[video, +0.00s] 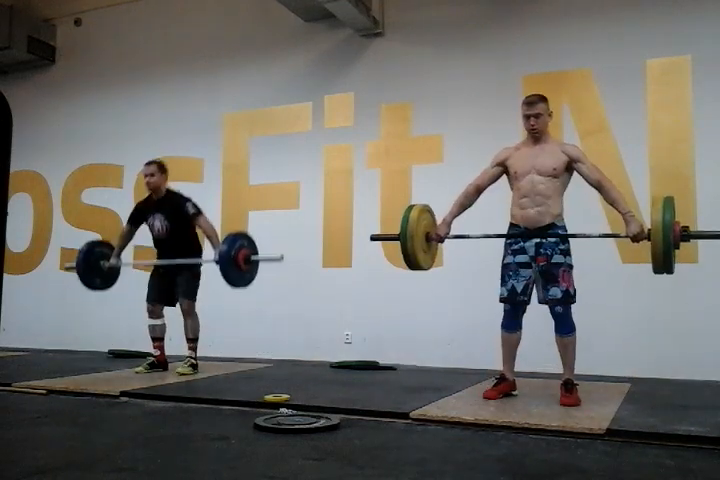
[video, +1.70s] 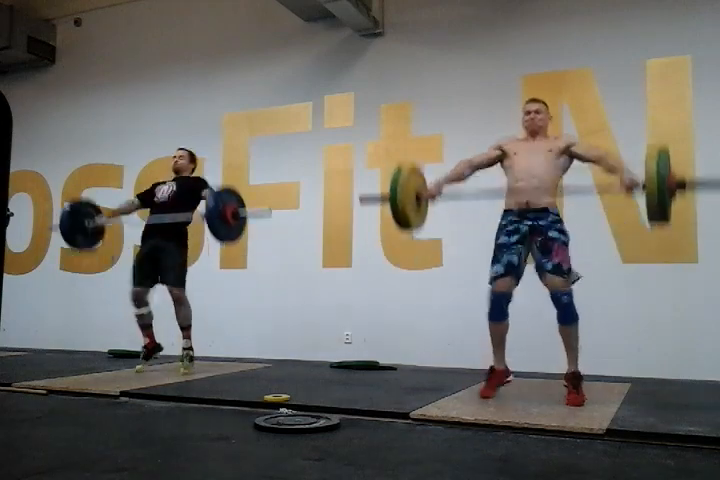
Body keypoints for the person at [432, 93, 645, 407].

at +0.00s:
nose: (532, 121)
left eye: (537, 116)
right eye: (527, 117)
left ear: (549, 117)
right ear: (521, 119)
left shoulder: (567, 152)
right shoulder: (508, 155)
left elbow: (602, 184)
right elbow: (475, 188)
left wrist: (629, 217)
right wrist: (446, 219)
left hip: (553, 238)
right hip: (517, 239)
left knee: (561, 310)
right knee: (512, 309)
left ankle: (569, 381)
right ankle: (507, 378)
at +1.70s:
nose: (531, 116)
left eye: (537, 112)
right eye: (527, 113)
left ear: (548, 119)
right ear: (521, 120)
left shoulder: (561, 145)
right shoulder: (508, 147)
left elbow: (599, 157)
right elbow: (470, 165)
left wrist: (623, 173)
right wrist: (440, 183)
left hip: (547, 221)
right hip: (512, 221)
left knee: (562, 295)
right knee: (499, 294)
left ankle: (573, 375)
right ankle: (499, 368)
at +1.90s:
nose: (531, 151)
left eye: (537, 146)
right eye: (527, 146)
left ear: (548, 151)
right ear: (521, 150)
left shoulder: (564, 180)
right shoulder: (506, 182)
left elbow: (612, 177)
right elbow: (462, 182)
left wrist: (628, 140)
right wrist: (435, 153)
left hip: (554, 272)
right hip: (516, 273)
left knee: (583, 318)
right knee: (469, 314)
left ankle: (579, 387)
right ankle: (488, 381)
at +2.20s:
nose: (517, 203)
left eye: (523, 198)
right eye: (512, 199)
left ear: (535, 199)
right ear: (506, 201)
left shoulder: (555, 223)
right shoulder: (496, 225)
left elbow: (599, 195)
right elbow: (461, 203)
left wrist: (634, 161)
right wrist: (434, 176)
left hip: (555, 304)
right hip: (517, 305)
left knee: (587, 325)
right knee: (471, 320)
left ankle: (578, 388)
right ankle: (490, 382)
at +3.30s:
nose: (518, 167)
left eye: (523, 161)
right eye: (513, 162)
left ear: (536, 160)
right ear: (507, 164)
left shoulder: (557, 183)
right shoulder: (500, 188)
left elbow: (604, 154)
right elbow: (464, 166)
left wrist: (635, 118)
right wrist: (440, 141)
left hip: (556, 270)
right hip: (520, 271)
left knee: (582, 323)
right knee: (473, 315)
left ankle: (578, 388)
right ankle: (489, 382)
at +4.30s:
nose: (532, 122)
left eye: (538, 118)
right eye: (528, 118)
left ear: (549, 123)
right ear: (523, 124)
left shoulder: (564, 153)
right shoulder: (509, 160)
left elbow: (616, 152)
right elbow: (465, 167)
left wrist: (630, 114)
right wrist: (443, 139)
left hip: (548, 235)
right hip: (512, 236)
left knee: (560, 310)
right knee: (508, 311)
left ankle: (572, 382)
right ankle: (511, 380)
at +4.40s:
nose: (532, 110)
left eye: (538, 106)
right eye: (528, 107)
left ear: (550, 114)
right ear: (523, 115)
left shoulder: (562, 142)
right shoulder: (511, 147)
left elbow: (607, 137)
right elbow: (471, 156)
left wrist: (641, 131)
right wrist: (442, 154)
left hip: (550, 223)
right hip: (516, 226)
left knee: (562, 301)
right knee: (511, 302)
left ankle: (572, 376)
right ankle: (509, 374)